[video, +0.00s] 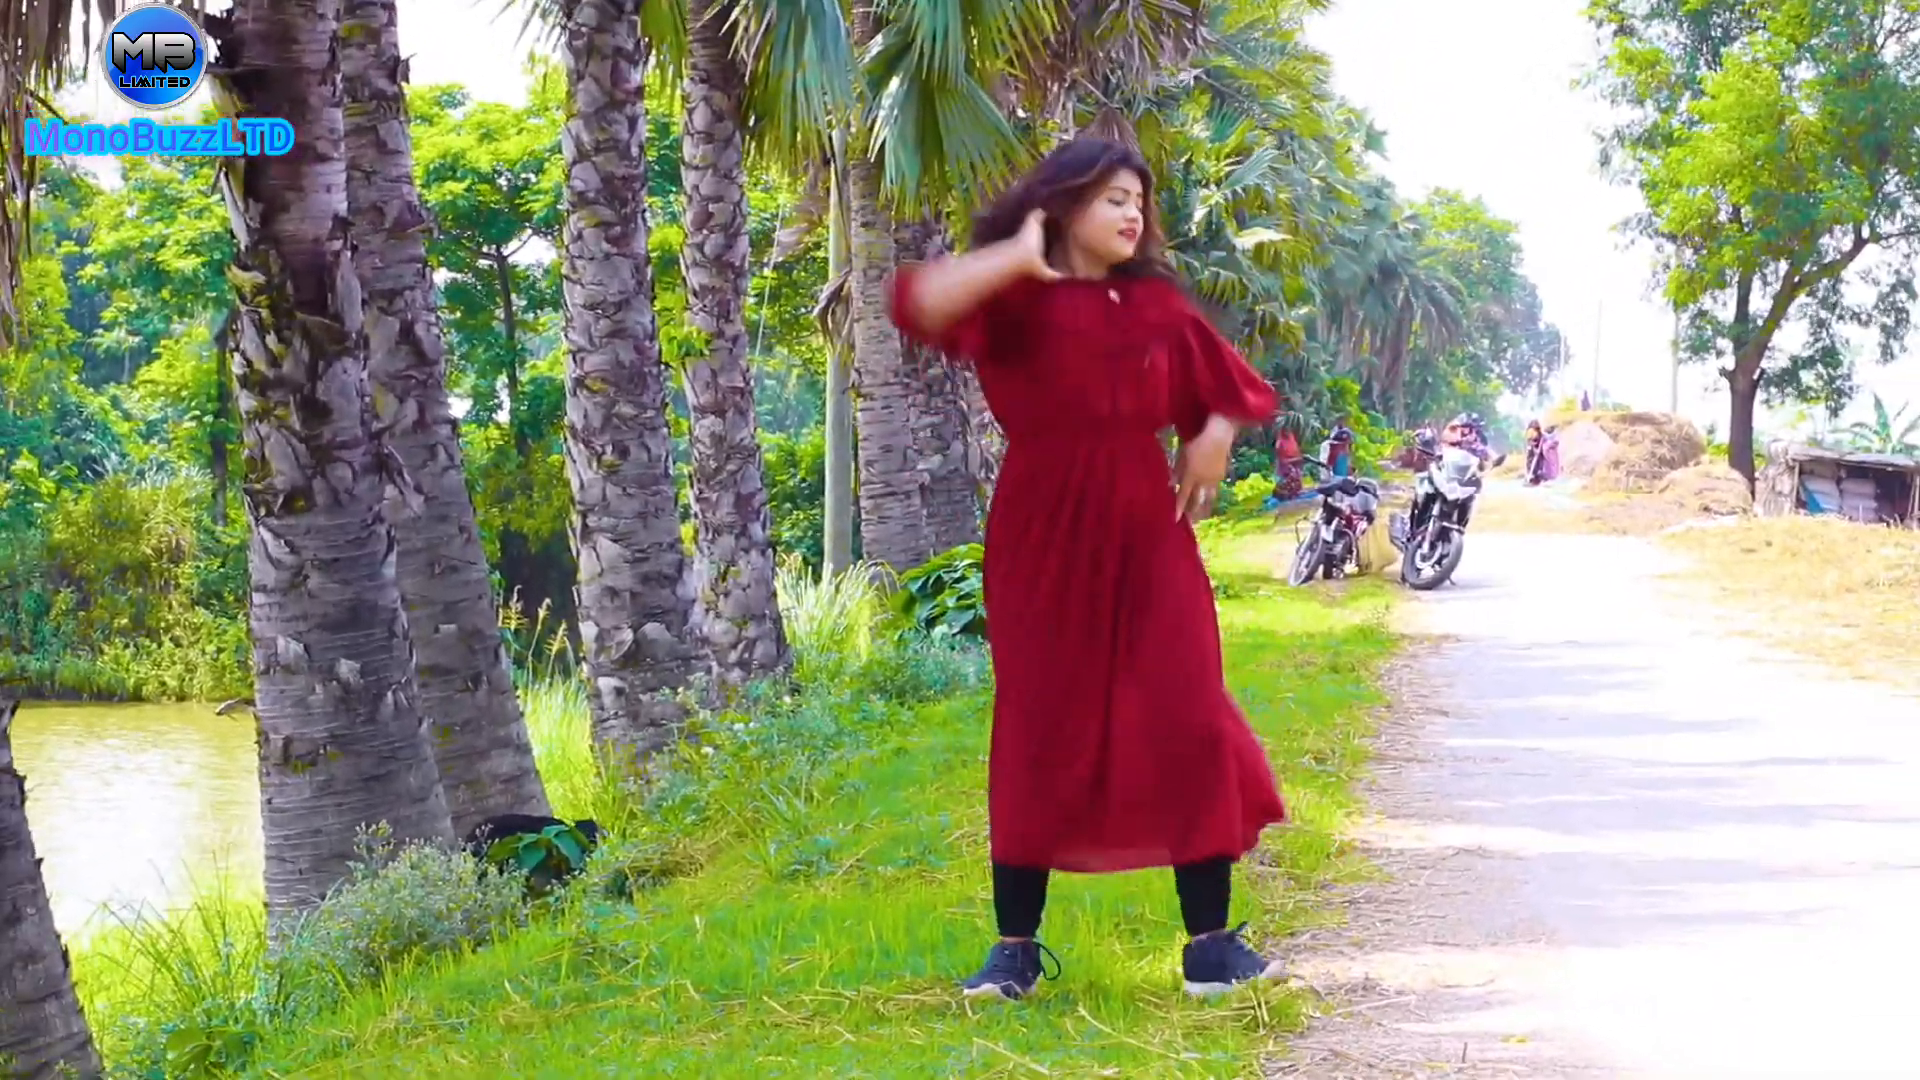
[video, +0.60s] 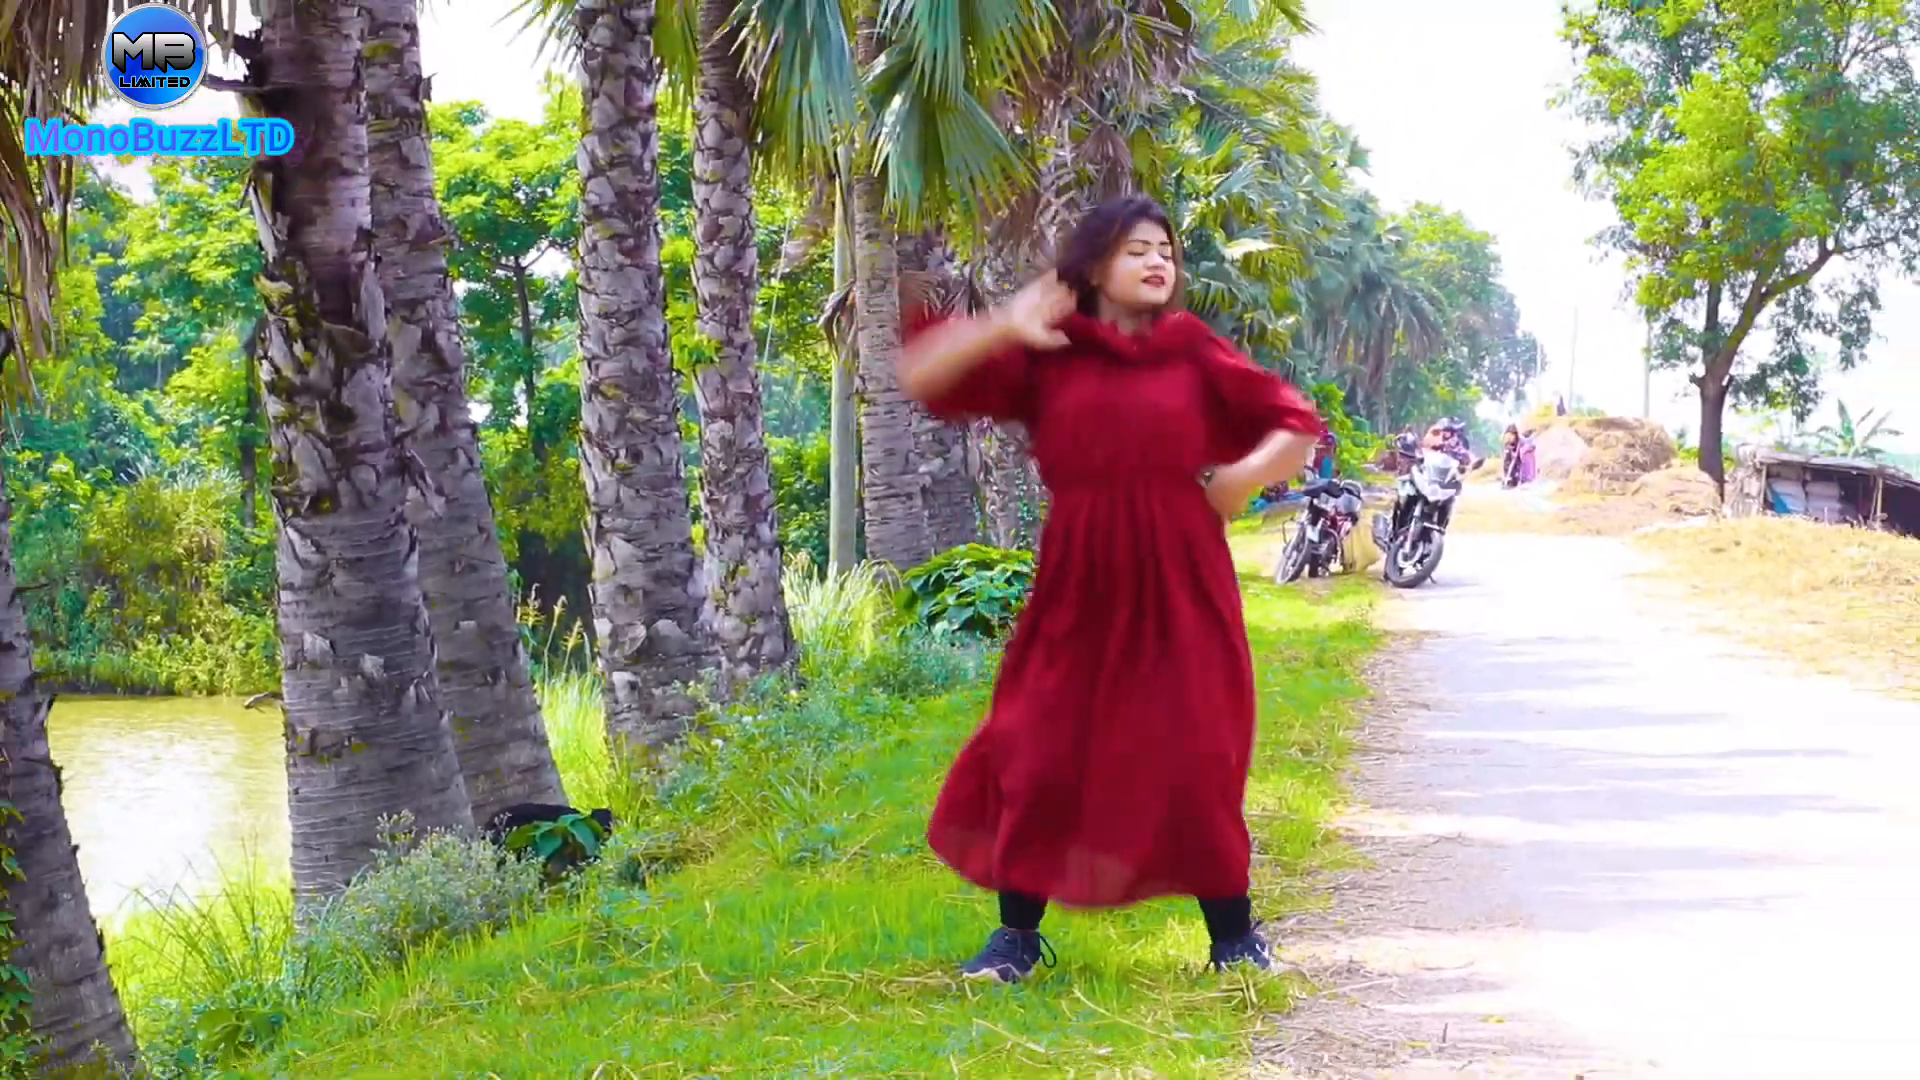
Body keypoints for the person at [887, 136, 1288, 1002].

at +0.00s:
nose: (1133, 215)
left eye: (1139, 203)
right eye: (1116, 198)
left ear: (1142, 220)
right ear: (1060, 206)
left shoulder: (1162, 304)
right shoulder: (1008, 295)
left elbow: (1240, 387)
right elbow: (914, 301)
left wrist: (1216, 432)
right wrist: (1016, 255)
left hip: (1149, 533)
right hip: (1039, 532)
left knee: (1197, 721)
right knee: (1029, 729)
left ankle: (1210, 941)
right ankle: (1015, 949)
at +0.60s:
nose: (1159, 262)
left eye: (1166, 251)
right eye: (1139, 250)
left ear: (1175, 268)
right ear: (1092, 266)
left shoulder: (1191, 348)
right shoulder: (1045, 354)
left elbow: (1300, 425)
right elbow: (919, 373)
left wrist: (1244, 479)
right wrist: (1006, 324)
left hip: (1183, 580)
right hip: (1077, 582)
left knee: (1201, 758)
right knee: (1032, 750)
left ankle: (1234, 944)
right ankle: (1016, 939)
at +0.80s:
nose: (1143, 217)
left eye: (1162, 202)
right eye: (1141, 204)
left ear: (1214, 215)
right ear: (1141, 226)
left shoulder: (1264, 298)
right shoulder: (1125, 329)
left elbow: (1306, 352)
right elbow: (1075, 441)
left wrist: (1213, 318)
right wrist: (1057, 514)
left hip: (1232, 560)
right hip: (1128, 553)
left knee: (1234, 753)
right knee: (1041, 737)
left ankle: (1256, 971)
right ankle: (1033, 948)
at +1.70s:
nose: (1137, 230)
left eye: (1139, 218)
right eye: (1119, 214)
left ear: (1138, 236)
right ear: (1062, 223)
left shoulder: (1152, 330)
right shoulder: (995, 305)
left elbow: (1209, 453)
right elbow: (952, 371)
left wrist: (1193, 471)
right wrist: (1049, 294)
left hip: (1126, 549)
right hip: (1014, 550)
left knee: (1169, 735)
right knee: (994, 736)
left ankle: (1219, 944)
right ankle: (1001, 954)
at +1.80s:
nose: (1139, 206)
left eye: (1139, 190)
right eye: (1123, 188)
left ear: (1116, 205)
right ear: (1064, 195)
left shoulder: (1139, 298)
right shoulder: (996, 276)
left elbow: (1201, 381)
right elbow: (909, 255)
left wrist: (1210, 438)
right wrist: (1027, 225)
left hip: (1125, 524)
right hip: (1013, 524)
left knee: (1167, 728)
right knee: (997, 732)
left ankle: (1202, 953)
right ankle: (1002, 958)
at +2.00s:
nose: (1121, 236)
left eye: (1120, 220)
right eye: (1109, 221)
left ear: (1079, 229)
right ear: (1056, 226)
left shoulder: (1124, 310)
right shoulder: (974, 286)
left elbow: (1181, 412)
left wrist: (1140, 486)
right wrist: (1059, 255)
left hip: (1115, 537)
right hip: (1019, 535)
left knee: (1151, 734)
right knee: (1004, 732)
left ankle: (1194, 947)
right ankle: (1001, 946)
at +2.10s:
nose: (1134, 221)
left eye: (1133, 205)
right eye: (1120, 205)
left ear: (1113, 215)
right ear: (1061, 208)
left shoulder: (1138, 299)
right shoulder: (1002, 284)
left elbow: (1204, 404)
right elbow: (1052, 349)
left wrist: (1148, 482)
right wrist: (1079, 248)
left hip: (1130, 533)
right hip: (1021, 535)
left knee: (1190, 734)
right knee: (1006, 740)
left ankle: (1216, 966)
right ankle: (1004, 969)